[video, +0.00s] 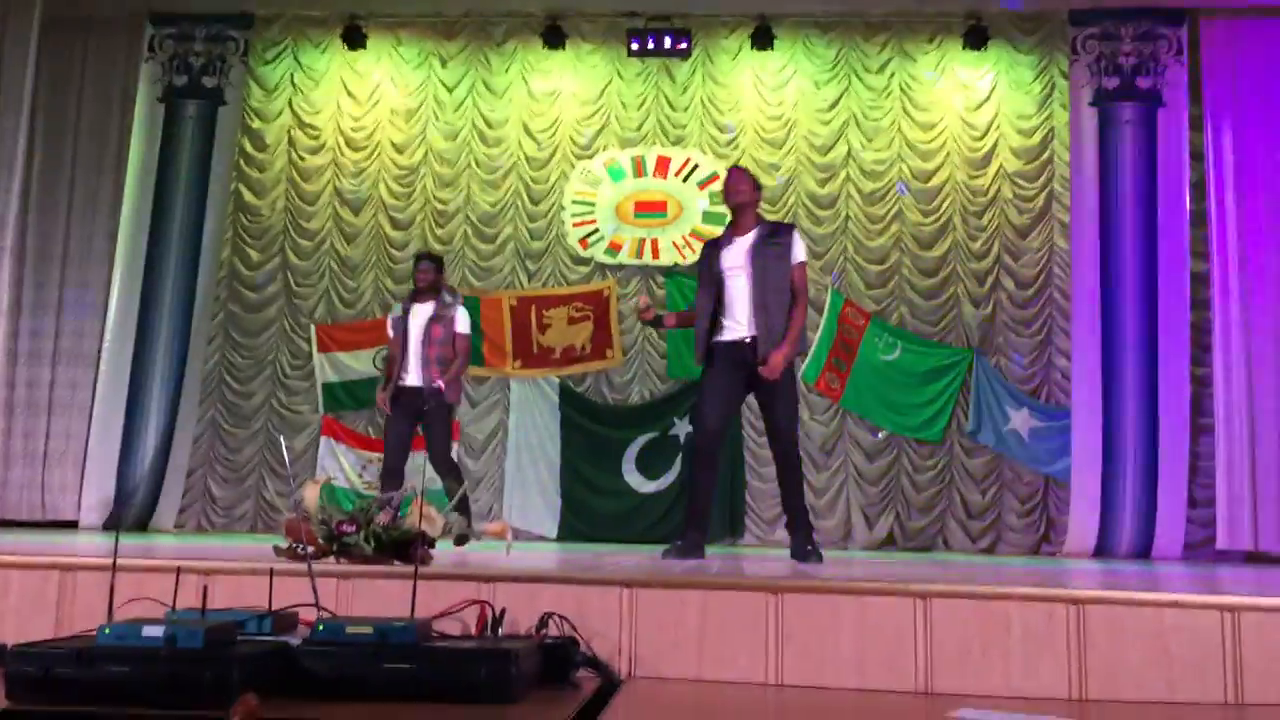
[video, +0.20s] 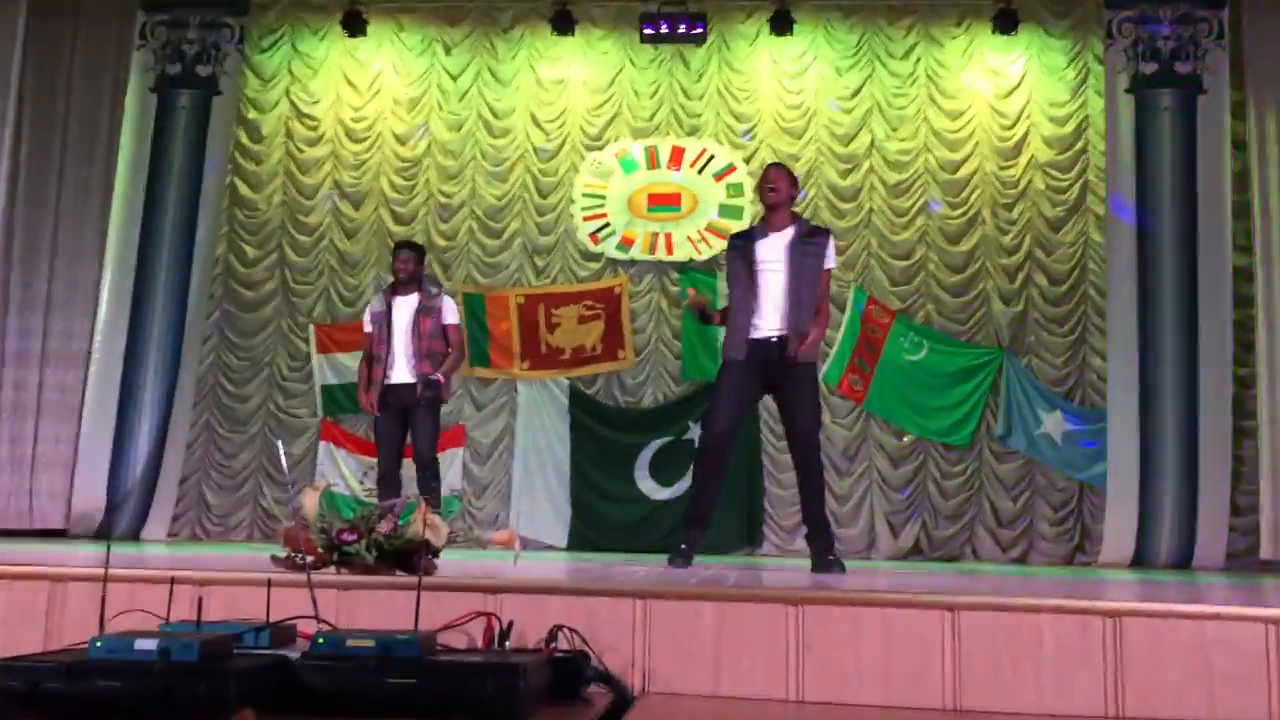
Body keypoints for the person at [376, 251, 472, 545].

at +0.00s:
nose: (421, 277)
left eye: (427, 272)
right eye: (418, 272)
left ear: (439, 276)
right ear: (413, 275)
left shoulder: (456, 312)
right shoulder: (401, 310)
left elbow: (462, 356)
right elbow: (394, 354)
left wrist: (442, 384)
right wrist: (386, 386)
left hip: (436, 393)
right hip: (402, 393)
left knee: (440, 458)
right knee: (392, 461)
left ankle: (464, 517)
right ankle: (385, 526)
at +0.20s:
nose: (401, 266)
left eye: (408, 261)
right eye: (397, 261)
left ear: (421, 266)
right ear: (392, 265)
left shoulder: (441, 302)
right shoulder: (377, 305)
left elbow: (457, 350)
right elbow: (368, 354)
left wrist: (439, 377)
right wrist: (363, 389)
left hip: (423, 392)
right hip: (387, 393)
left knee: (425, 458)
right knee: (386, 462)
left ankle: (431, 518)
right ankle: (388, 518)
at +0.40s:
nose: (353, 248)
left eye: (361, 243)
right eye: (348, 242)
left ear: (376, 248)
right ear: (340, 247)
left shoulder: (400, 293)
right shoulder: (323, 297)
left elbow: (429, 348)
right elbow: (314, 358)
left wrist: (407, 378)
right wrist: (310, 403)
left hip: (381, 403)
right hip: (338, 405)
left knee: (380, 486)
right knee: (342, 493)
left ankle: (380, 566)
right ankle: (348, 567)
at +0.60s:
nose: (377, 256)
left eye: (385, 250)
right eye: (372, 249)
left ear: (401, 257)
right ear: (365, 254)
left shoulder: (423, 303)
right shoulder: (344, 300)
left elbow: (442, 365)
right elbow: (334, 361)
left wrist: (420, 390)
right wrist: (323, 406)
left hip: (393, 413)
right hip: (349, 413)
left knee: (390, 497)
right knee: (351, 502)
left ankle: (390, 580)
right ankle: (370, 575)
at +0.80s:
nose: (345, 229)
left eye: (355, 223)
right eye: (340, 222)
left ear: (373, 231)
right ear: (332, 228)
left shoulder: (396, 284)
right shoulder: (310, 279)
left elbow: (414, 353)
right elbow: (297, 348)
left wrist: (389, 389)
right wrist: (278, 396)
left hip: (361, 407)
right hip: (308, 406)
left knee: (359, 505)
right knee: (279, 496)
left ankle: (354, 600)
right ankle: (314, 581)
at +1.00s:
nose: (321, 238)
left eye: (331, 231)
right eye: (315, 230)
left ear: (347, 239)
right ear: (306, 236)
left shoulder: (372, 293)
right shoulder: (283, 288)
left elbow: (391, 362)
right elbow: (272, 357)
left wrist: (368, 406)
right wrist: (254, 404)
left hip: (338, 421)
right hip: (281, 418)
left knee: (339, 523)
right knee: (253, 515)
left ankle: (338, 621)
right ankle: (241, 615)